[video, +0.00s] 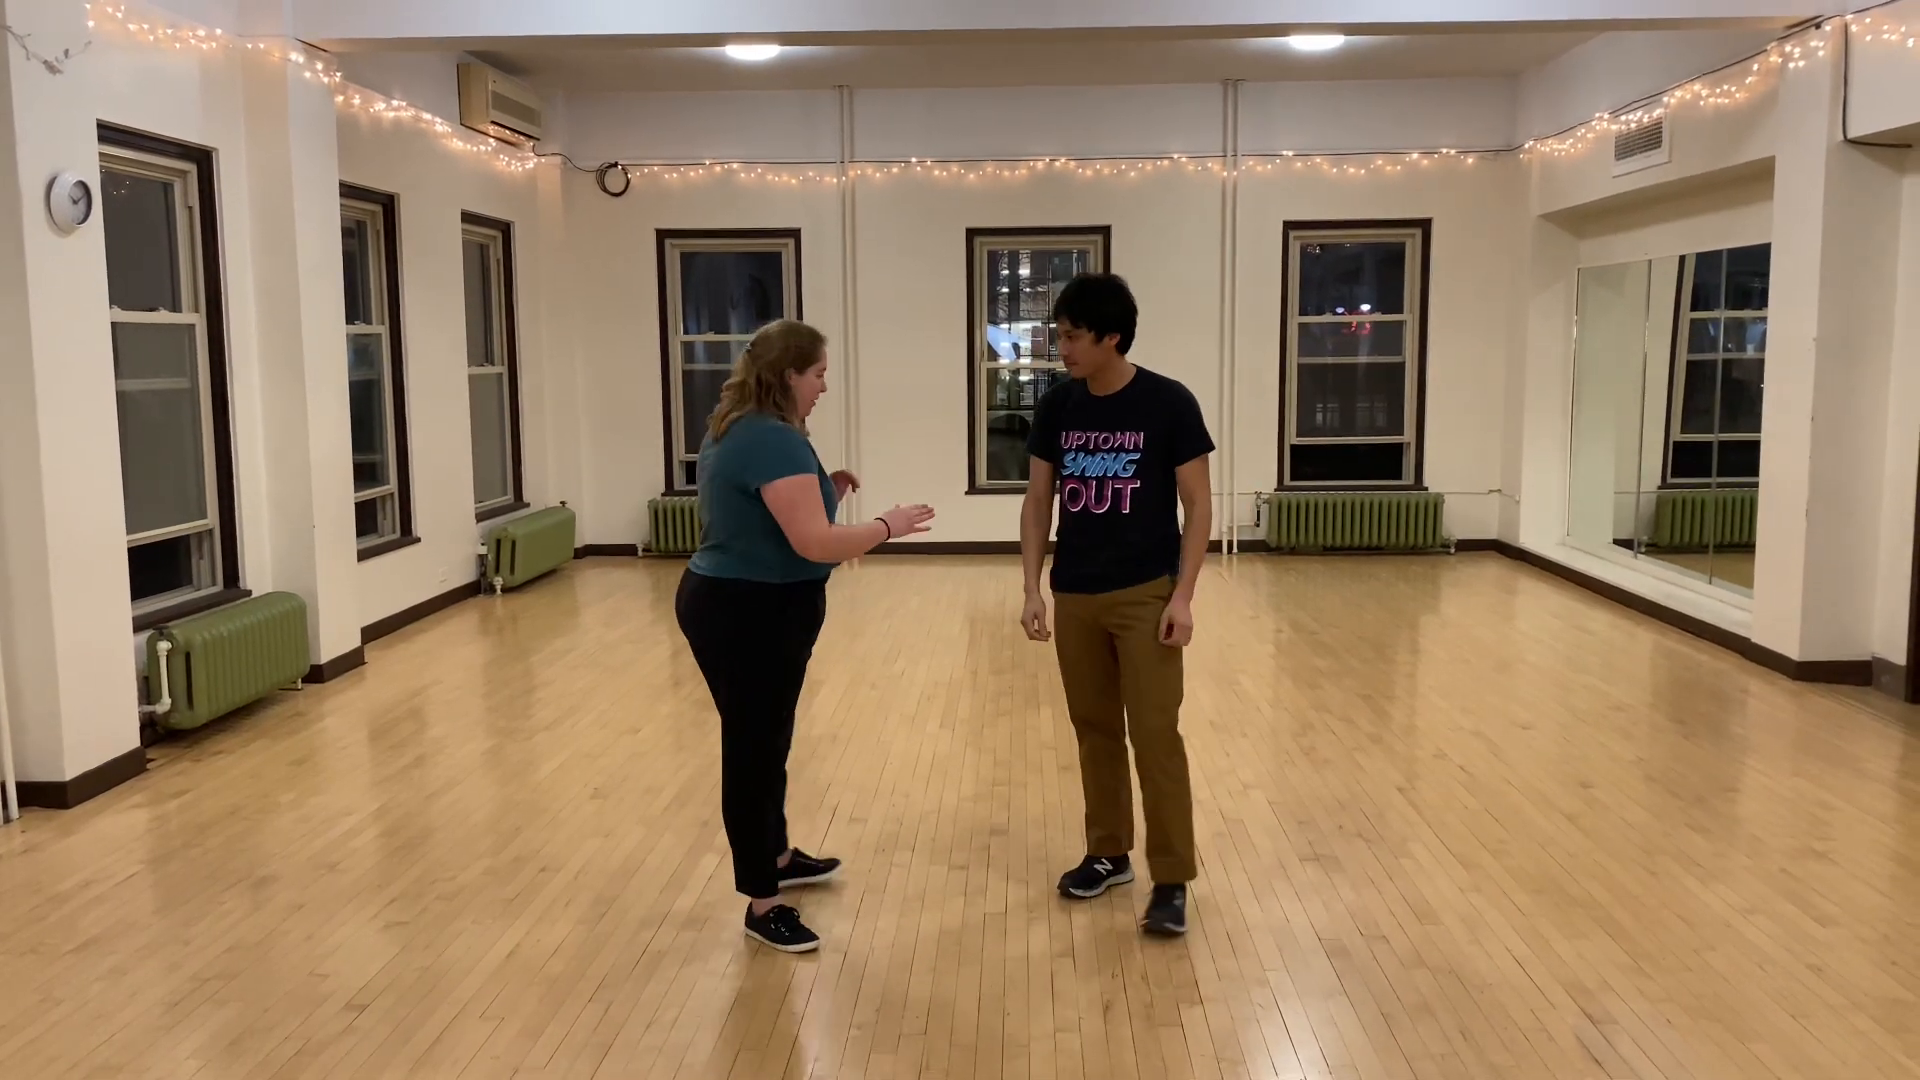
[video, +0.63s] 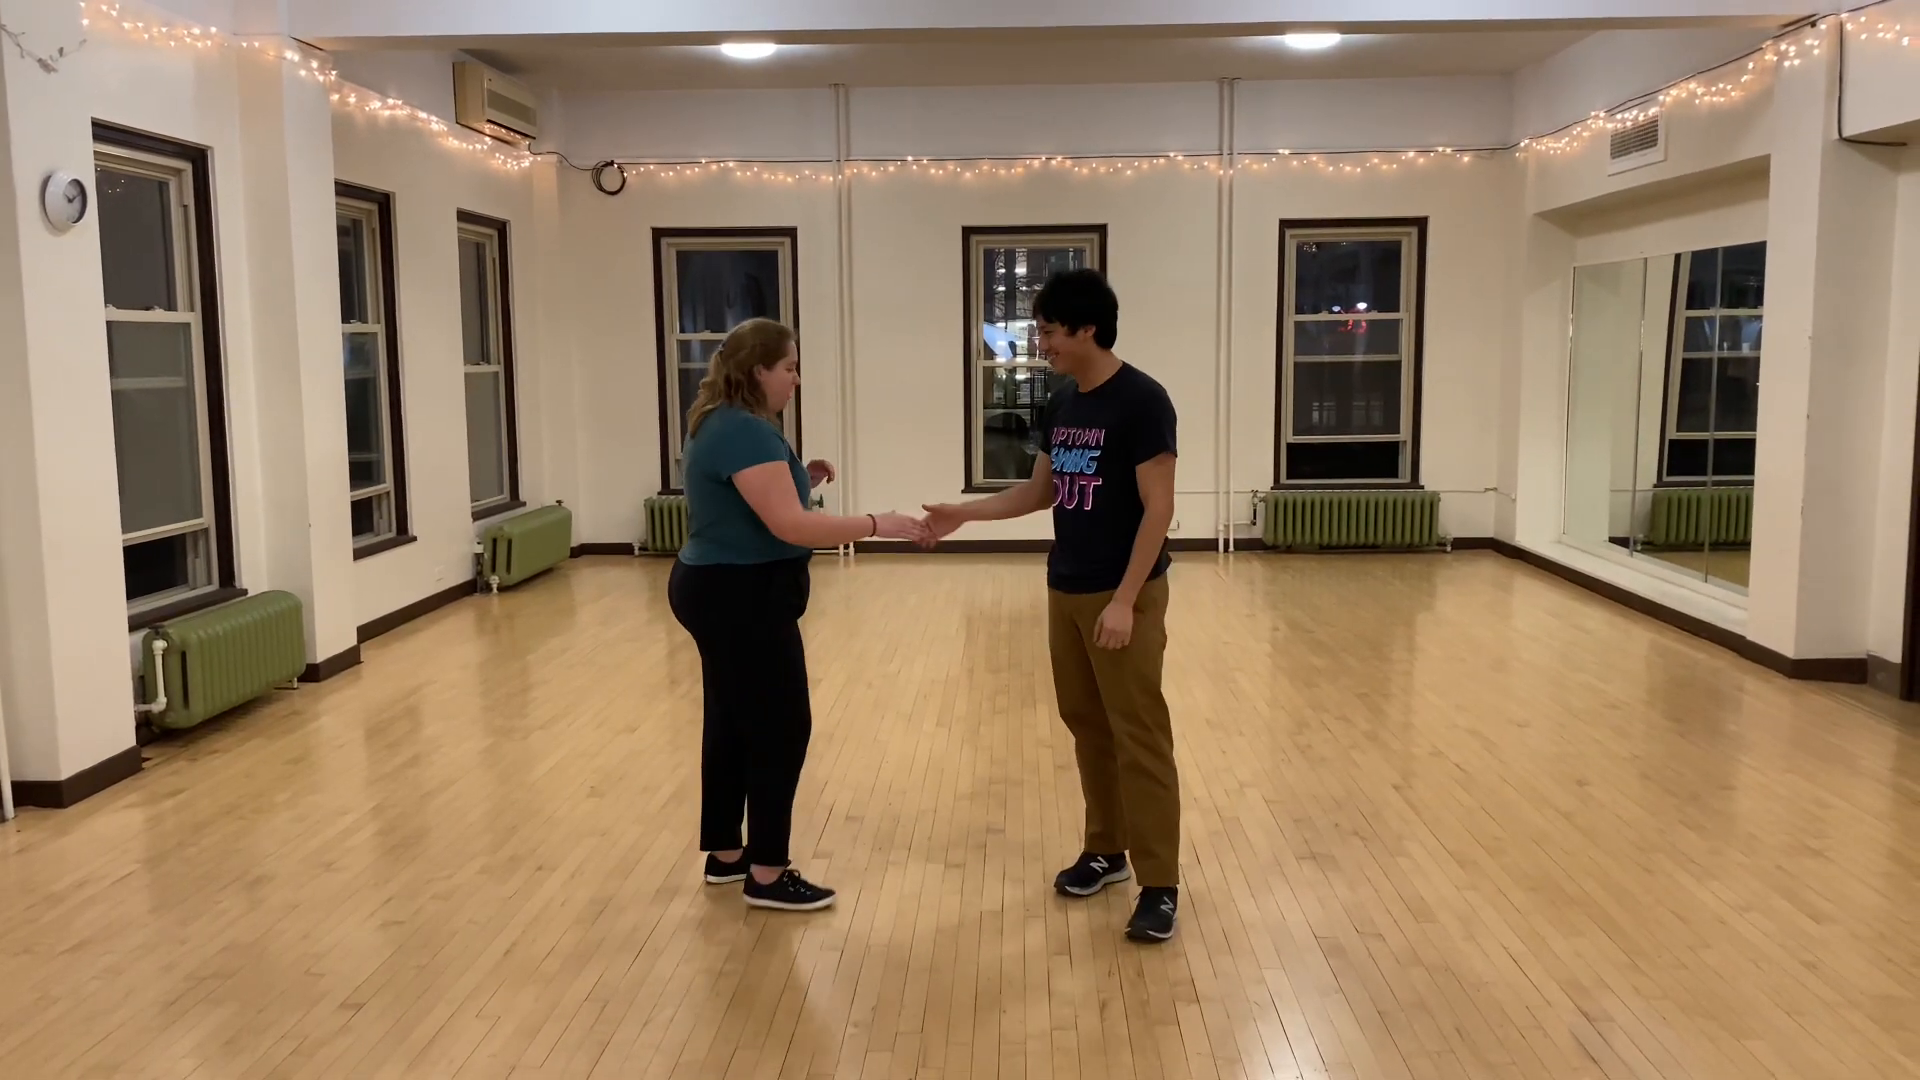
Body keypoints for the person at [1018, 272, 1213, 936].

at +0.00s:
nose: (1062, 347)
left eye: (1072, 336)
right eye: (1060, 335)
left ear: (1112, 338)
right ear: (1072, 336)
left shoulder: (1169, 403)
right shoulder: (1058, 404)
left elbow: (1199, 507)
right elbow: (1037, 499)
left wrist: (1184, 594)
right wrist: (1033, 583)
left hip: (1147, 596)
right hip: (1075, 598)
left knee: (1154, 738)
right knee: (1095, 733)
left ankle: (1171, 880)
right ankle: (1109, 855)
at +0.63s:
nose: (1041, 345)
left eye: (1049, 333)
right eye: (1039, 334)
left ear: (1088, 331)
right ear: (1070, 334)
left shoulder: (1142, 402)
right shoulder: (1063, 404)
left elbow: (1159, 510)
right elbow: (1039, 492)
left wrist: (1125, 601)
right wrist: (960, 514)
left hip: (1127, 596)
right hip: (1069, 594)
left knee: (1138, 736)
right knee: (1087, 727)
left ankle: (1159, 883)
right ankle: (1106, 850)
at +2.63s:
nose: (950, 346)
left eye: (958, 333)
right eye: (951, 333)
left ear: (994, 339)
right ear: (993, 341)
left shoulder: (1050, 406)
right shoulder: (1009, 410)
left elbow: (1096, 508)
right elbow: (1011, 508)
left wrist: (1029, 580)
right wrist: (935, 543)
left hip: (1074, 596)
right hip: (1036, 596)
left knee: (1043, 731)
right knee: (1020, 733)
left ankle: (1146, 845)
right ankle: (1037, 881)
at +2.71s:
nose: (936, 343)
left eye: (944, 331)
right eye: (938, 330)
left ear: (980, 338)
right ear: (976, 336)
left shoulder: (1038, 403)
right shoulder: (993, 411)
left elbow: (1087, 502)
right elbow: (987, 507)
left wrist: (1017, 569)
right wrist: (903, 536)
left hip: (1059, 591)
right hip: (1026, 591)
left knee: (1006, 727)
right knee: (1013, 728)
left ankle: (1098, 855)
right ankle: (1035, 878)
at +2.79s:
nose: (926, 343)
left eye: (936, 331)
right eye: (929, 331)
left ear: (970, 339)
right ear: (968, 341)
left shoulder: (1028, 406)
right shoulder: (977, 419)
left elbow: (1078, 500)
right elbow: (954, 512)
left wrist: (1009, 562)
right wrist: (867, 529)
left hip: (1046, 597)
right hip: (1021, 594)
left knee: (973, 726)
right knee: (1005, 726)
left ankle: (1031, 876)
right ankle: (1033, 873)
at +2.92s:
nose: (913, 350)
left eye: (922, 338)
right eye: (916, 337)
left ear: (957, 347)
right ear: (956, 347)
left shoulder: (1016, 412)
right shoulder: (957, 423)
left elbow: (1067, 504)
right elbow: (916, 515)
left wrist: (994, 564)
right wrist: (820, 529)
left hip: (1031, 602)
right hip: (997, 599)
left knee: (938, 724)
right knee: (983, 735)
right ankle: (1031, 877)